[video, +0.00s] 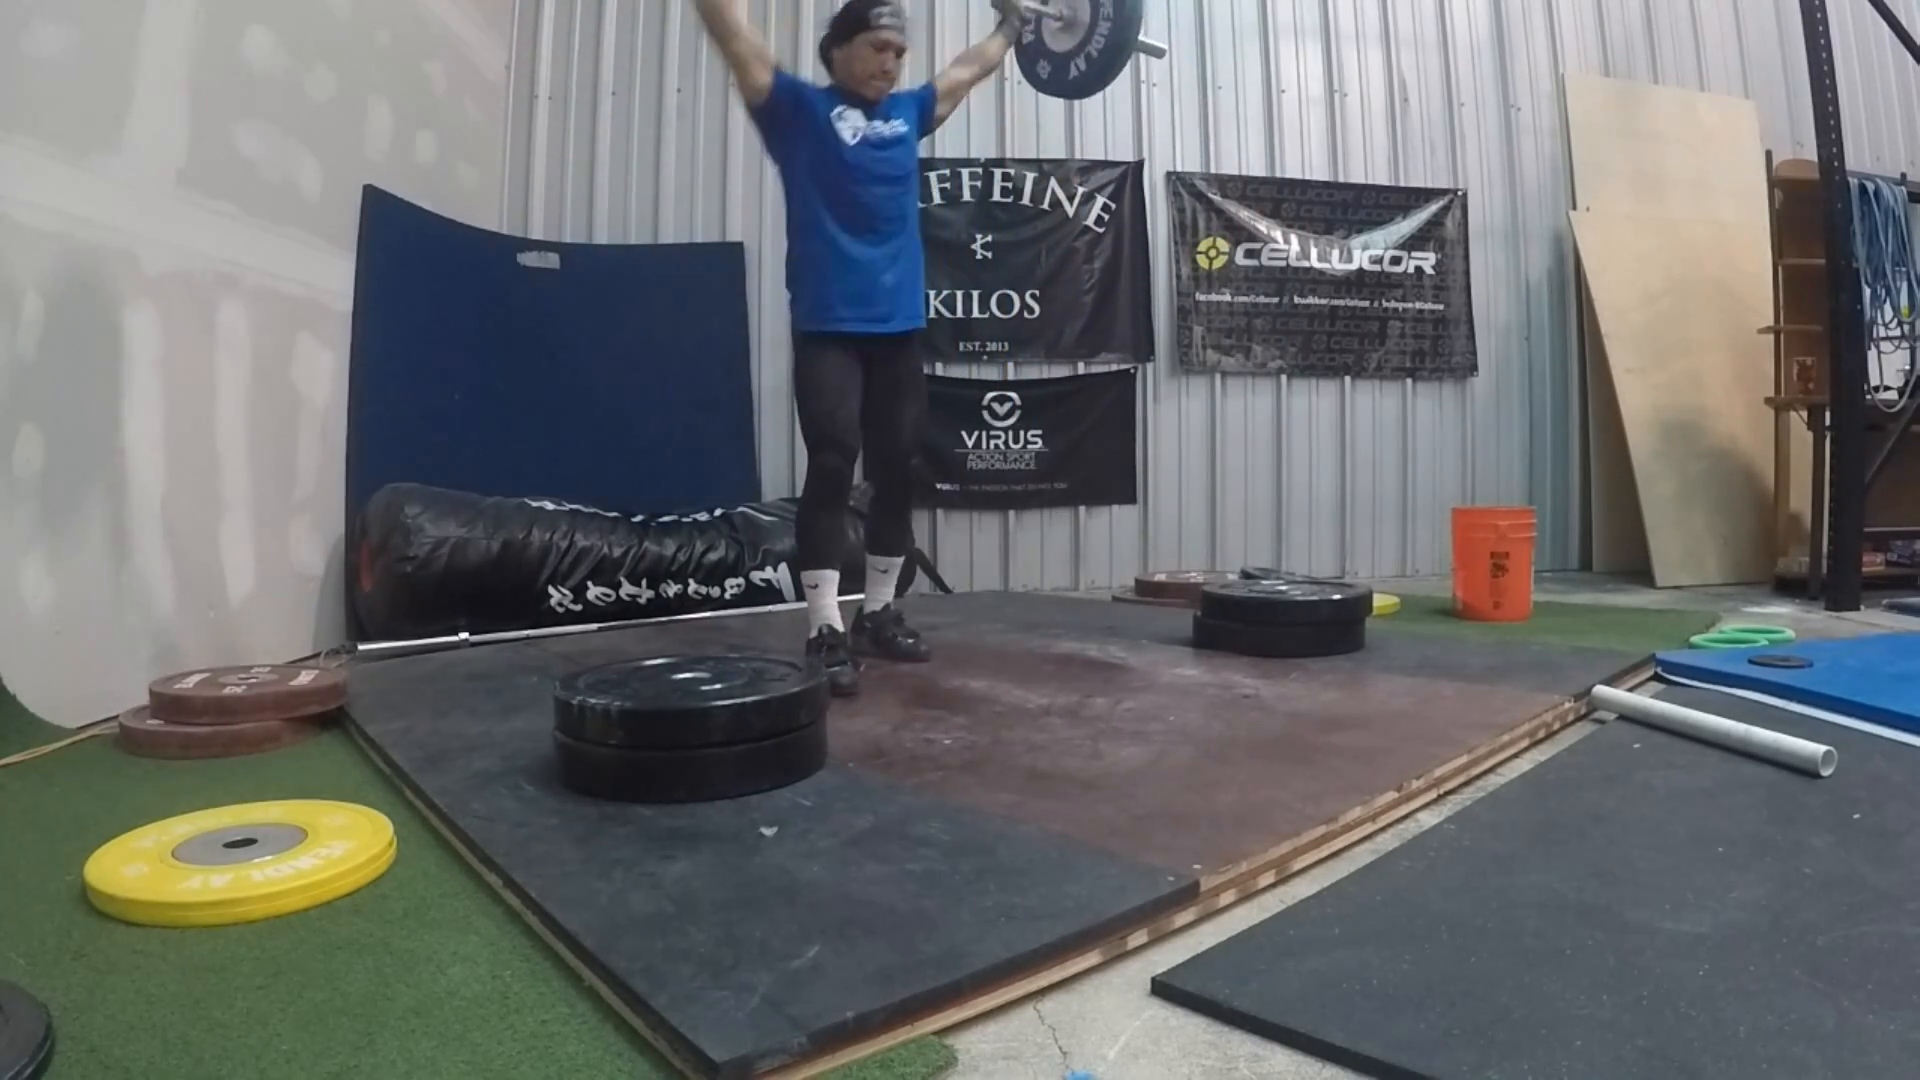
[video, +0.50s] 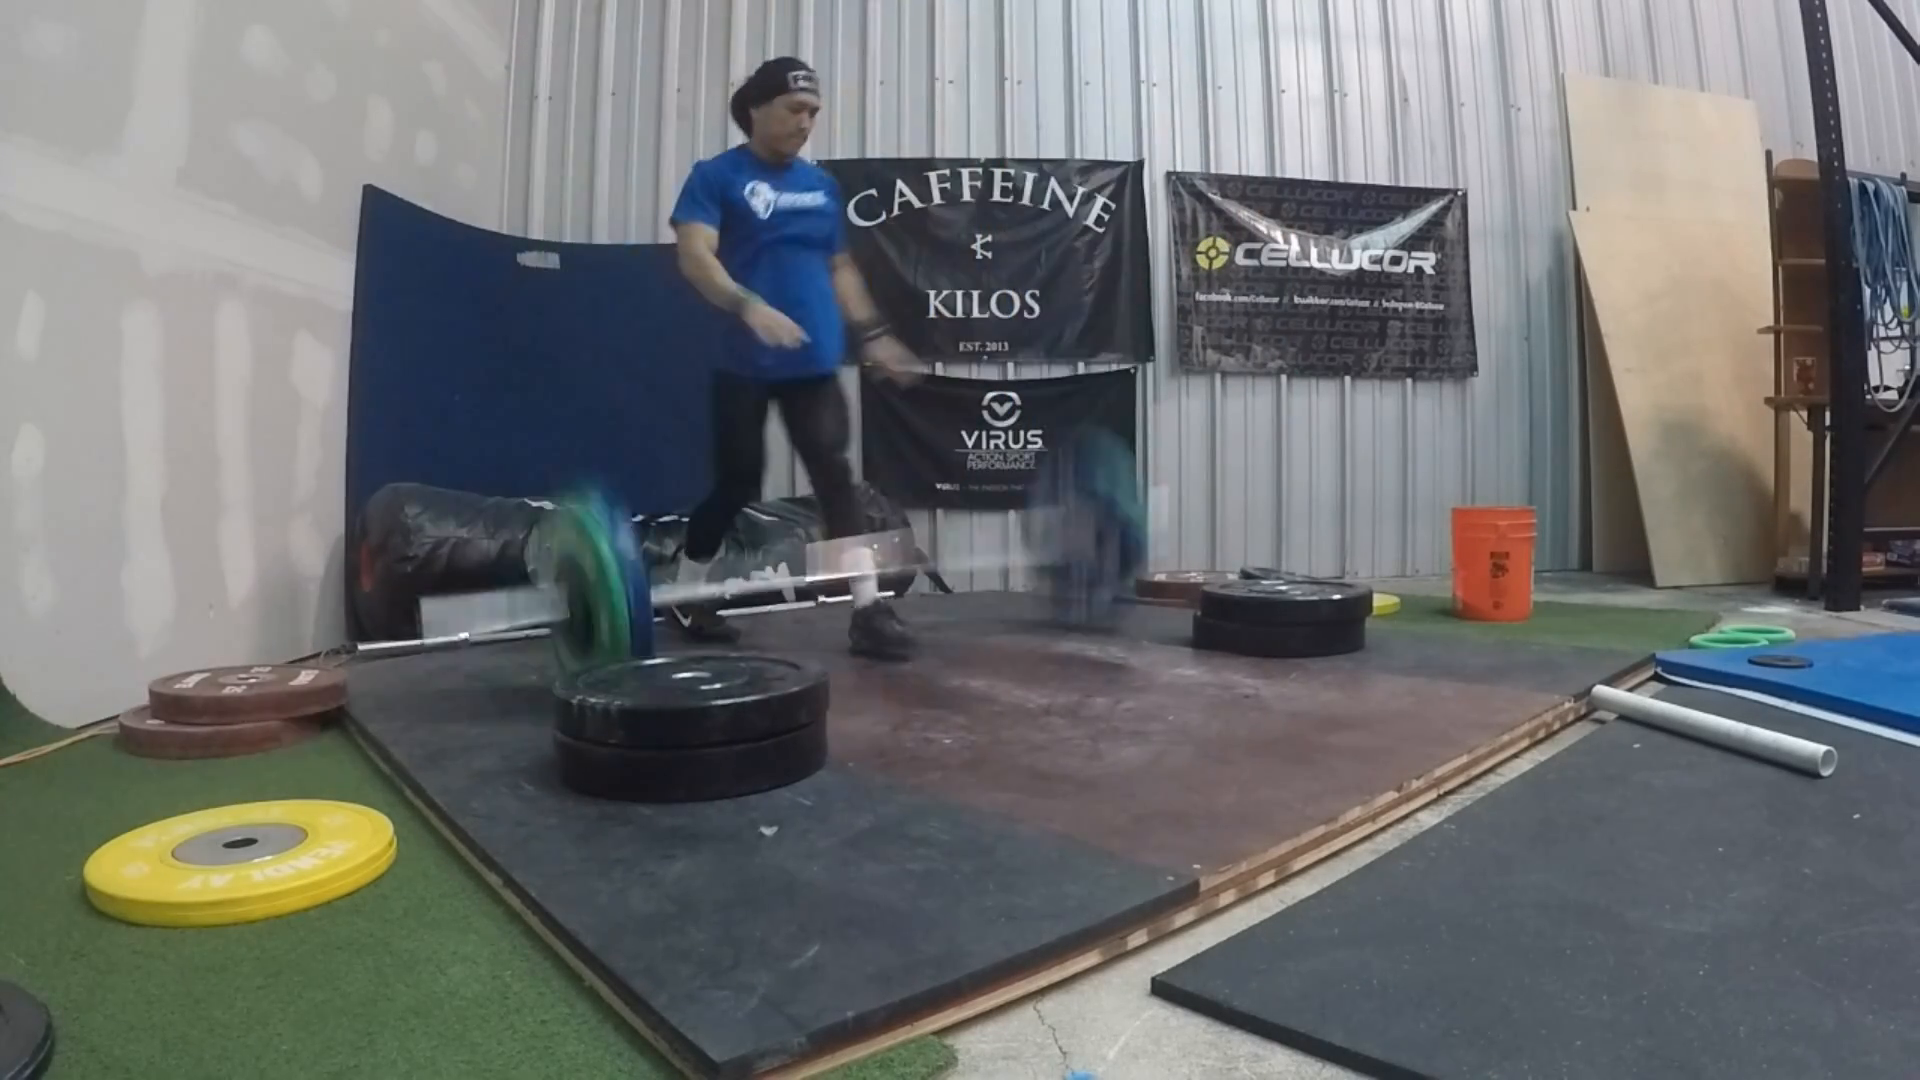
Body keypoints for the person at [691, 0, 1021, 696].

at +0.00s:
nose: (891, 64)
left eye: (897, 53)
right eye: (879, 50)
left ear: (900, 61)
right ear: (836, 52)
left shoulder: (907, 113)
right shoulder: (797, 110)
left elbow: (970, 69)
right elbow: (731, 34)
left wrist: (1015, 23)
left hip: (900, 327)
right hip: (828, 328)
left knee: (897, 469)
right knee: (831, 463)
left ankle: (878, 613)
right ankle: (826, 629)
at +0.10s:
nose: (863, 79)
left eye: (870, 69)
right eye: (849, 67)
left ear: (874, 75)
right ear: (809, 72)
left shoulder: (887, 131)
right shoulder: (777, 126)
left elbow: (958, 106)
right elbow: (702, 82)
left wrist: (1004, 51)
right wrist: (690, 8)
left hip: (897, 331)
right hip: (824, 332)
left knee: (901, 468)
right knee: (828, 463)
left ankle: (880, 614)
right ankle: (822, 629)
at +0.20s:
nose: (846, 91)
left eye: (852, 81)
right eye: (832, 78)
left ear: (856, 86)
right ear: (792, 82)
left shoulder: (869, 144)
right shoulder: (763, 139)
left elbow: (938, 161)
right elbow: (683, 140)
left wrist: (996, 117)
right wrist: (691, 66)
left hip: (883, 328)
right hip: (812, 330)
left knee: (883, 465)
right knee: (817, 454)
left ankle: (879, 614)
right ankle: (805, 612)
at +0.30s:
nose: (835, 96)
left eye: (841, 86)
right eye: (823, 83)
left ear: (846, 93)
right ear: (783, 88)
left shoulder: (855, 156)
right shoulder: (746, 148)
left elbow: (928, 215)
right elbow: (675, 201)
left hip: (866, 328)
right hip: (796, 329)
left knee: (870, 459)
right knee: (809, 449)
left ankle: (878, 612)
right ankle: (757, 585)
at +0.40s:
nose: (819, 109)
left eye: (825, 100)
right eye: (807, 97)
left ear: (829, 105)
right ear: (767, 99)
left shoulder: (843, 174)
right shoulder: (732, 162)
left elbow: (889, 247)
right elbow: (681, 224)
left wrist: (943, 285)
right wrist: (708, 267)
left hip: (842, 350)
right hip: (770, 350)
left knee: (860, 469)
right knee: (777, 474)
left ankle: (875, 612)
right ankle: (706, 582)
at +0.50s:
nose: (805, 122)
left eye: (811, 112)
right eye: (793, 110)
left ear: (815, 116)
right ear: (753, 112)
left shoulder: (821, 185)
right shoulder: (716, 176)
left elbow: (839, 268)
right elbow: (694, 257)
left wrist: (876, 337)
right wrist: (749, 307)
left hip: (813, 361)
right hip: (742, 362)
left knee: (835, 476)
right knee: (738, 483)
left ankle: (868, 609)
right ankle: (686, 586)